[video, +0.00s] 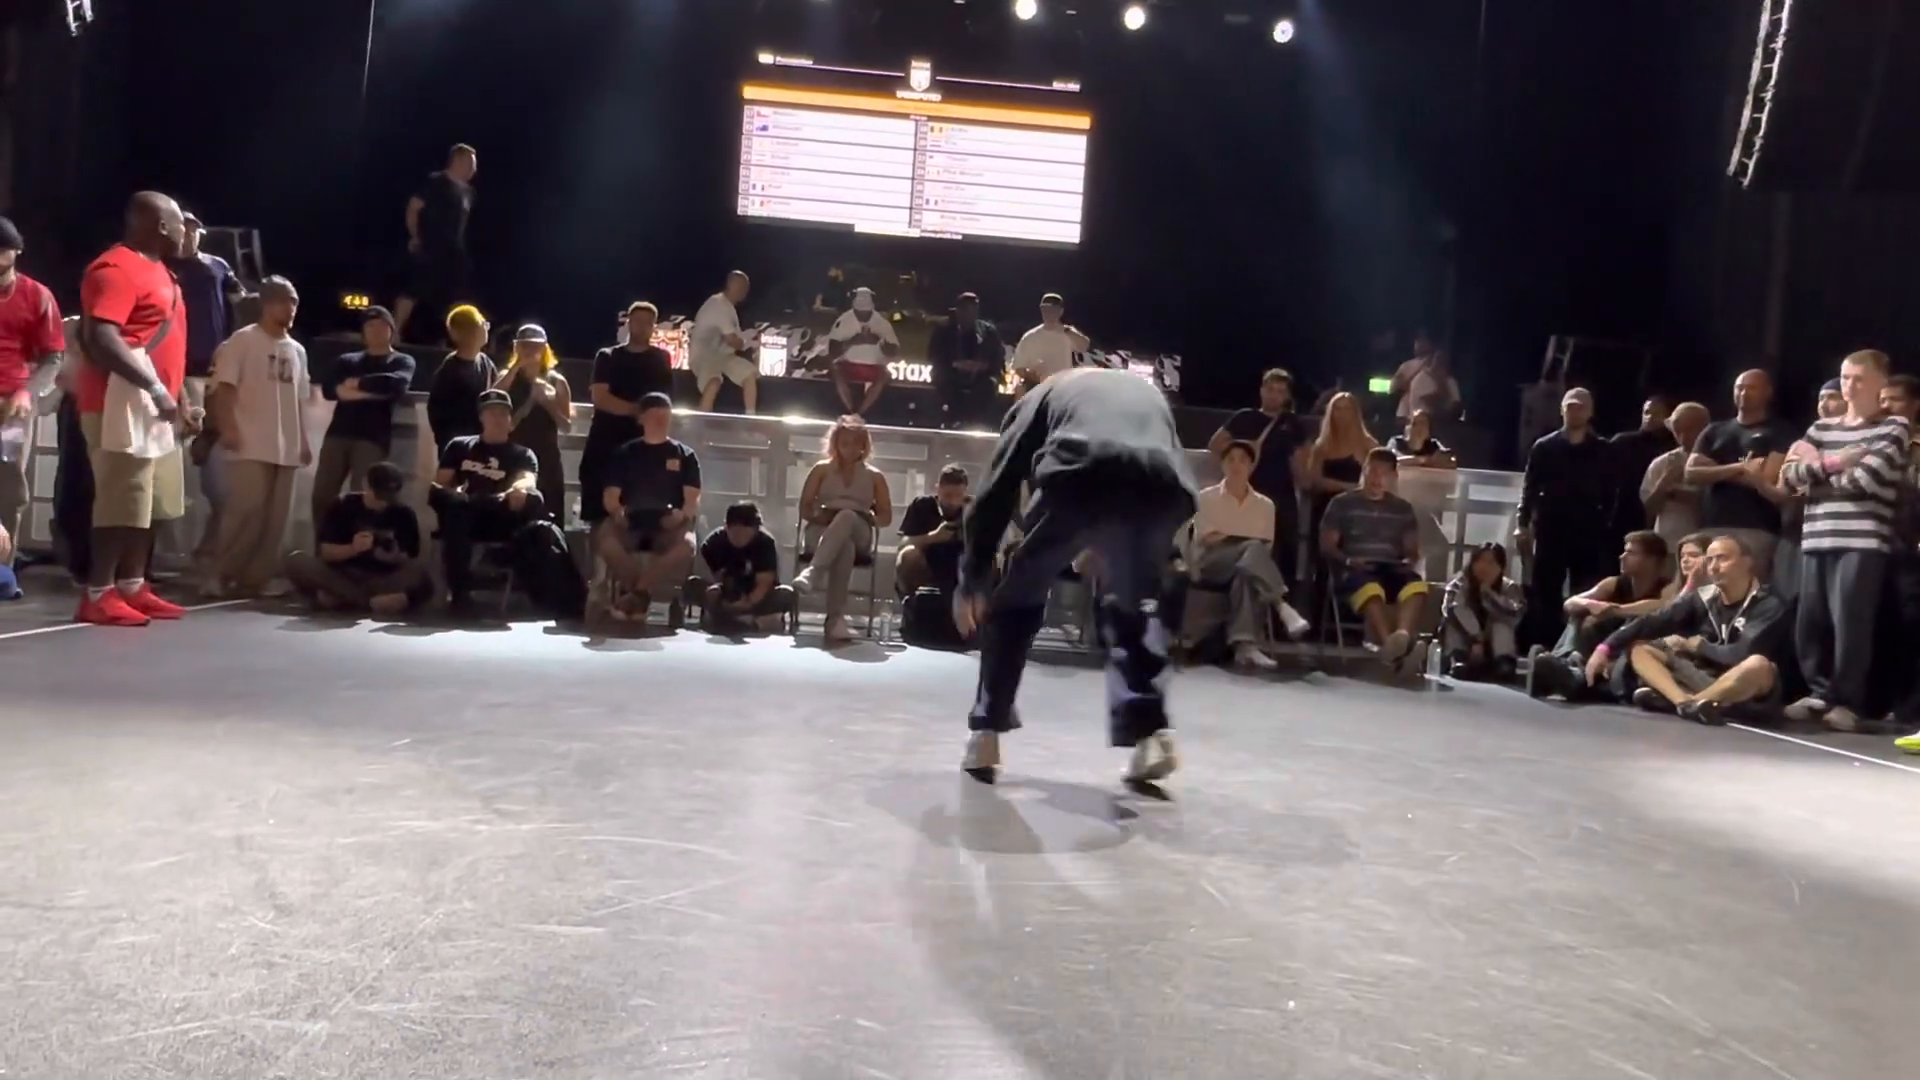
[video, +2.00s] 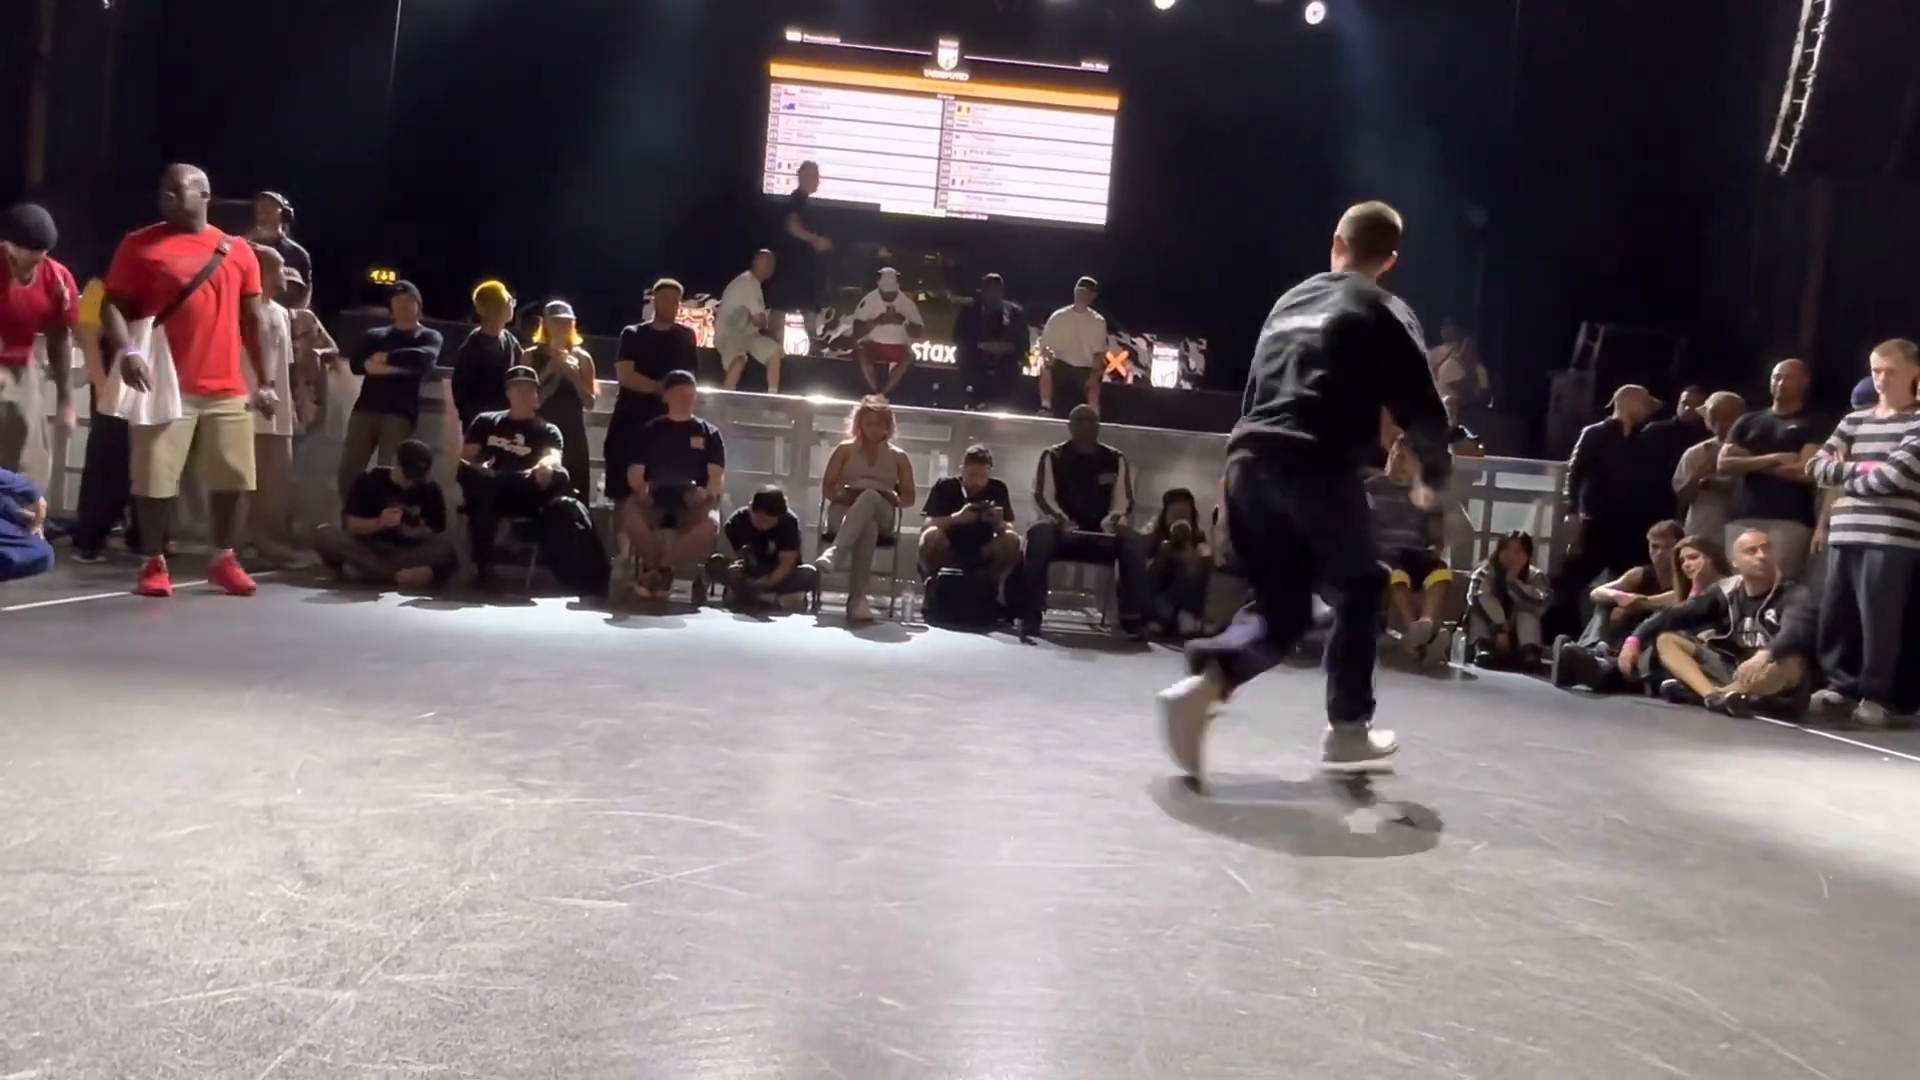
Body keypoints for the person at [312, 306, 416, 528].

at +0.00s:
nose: (375, 331)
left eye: (380, 326)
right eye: (370, 326)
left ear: (391, 331)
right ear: (363, 332)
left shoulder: (403, 361)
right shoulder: (347, 360)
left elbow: (397, 386)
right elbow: (330, 390)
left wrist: (357, 383)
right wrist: (374, 392)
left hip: (372, 439)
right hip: (338, 437)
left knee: (364, 501)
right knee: (322, 496)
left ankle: (360, 554)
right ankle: (322, 554)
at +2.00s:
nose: (402, 305)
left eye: (407, 300)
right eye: (398, 301)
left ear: (418, 306)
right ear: (391, 307)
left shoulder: (430, 336)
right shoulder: (375, 334)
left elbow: (423, 361)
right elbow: (357, 366)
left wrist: (385, 357)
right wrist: (400, 368)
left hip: (400, 414)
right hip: (366, 410)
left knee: (388, 475)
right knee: (349, 470)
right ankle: (350, 525)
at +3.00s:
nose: (403, 305)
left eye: (408, 300)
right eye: (398, 300)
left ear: (418, 305)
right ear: (392, 306)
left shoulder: (431, 335)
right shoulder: (376, 333)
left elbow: (423, 360)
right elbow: (357, 364)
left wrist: (384, 357)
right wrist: (401, 366)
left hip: (400, 410)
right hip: (367, 407)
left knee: (390, 471)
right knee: (350, 467)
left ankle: (386, 524)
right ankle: (351, 524)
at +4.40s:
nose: (404, 304)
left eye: (411, 299)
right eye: (399, 299)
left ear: (420, 306)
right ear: (392, 306)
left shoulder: (431, 335)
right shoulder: (375, 332)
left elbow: (423, 361)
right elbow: (357, 363)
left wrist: (383, 356)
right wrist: (399, 366)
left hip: (400, 411)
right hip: (367, 407)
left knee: (392, 471)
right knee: (349, 467)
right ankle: (347, 514)